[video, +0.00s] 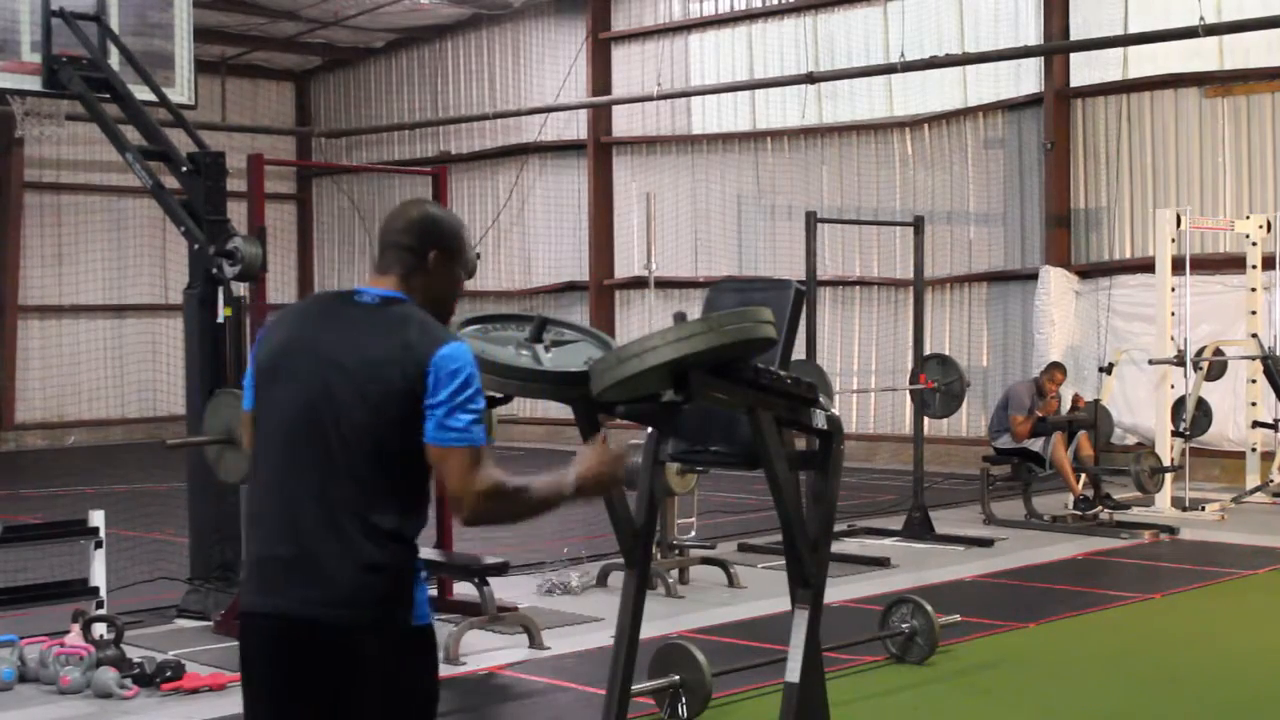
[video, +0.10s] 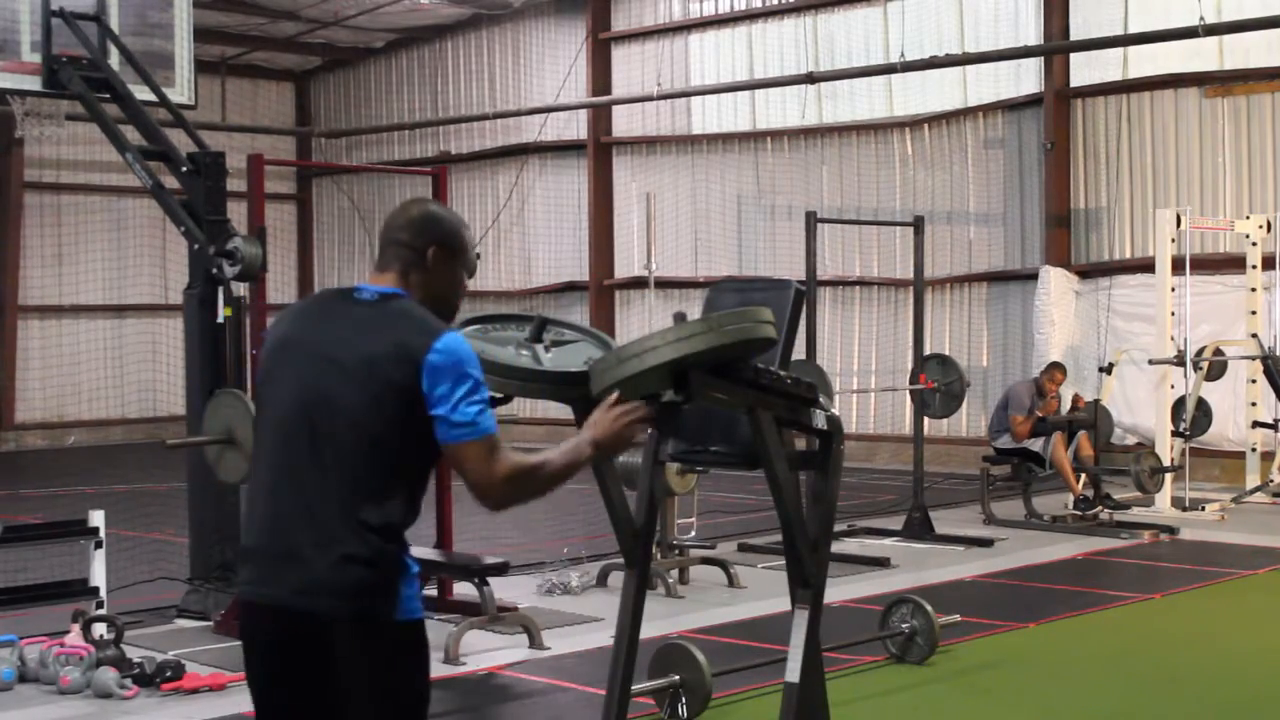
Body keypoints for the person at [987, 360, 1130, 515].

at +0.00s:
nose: (1054, 389)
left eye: (1058, 385)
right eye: (1051, 382)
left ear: (1061, 385)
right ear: (1041, 375)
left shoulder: (1051, 396)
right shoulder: (1020, 392)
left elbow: (1054, 427)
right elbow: (1018, 435)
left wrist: (1073, 412)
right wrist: (1040, 412)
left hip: (1029, 438)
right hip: (1004, 439)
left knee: (1080, 435)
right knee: (1055, 439)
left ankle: (1099, 494)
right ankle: (1079, 498)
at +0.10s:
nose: (1054, 389)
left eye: (1058, 385)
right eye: (1051, 382)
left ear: (1061, 385)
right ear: (1041, 375)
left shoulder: (1051, 396)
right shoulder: (1020, 391)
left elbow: (1053, 427)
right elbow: (1018, 435)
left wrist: (1073, 412)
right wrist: (1040, 412)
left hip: (1029, 438)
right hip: (1004, 439)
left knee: (1080, 436)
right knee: (1055, 439)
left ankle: (1099, 494)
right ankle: (1079, 498)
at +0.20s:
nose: (1053, 388)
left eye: (1058, 385)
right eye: (1051, 382)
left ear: (1061, 385)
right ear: (1041, 375)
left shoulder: (1051, 396)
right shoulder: (1020, 392)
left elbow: (1054, 427)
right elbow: (1019, 435)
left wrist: (1073, 412)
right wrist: (1040, 412)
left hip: (1029, 439)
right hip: (1004, 440)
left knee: (1080, 436)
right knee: (1055, 439)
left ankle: (1099, 494)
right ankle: (1079, 498)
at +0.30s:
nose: (1054, 388)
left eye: (1058, 385)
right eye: (1051, 382)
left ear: (1061, 385)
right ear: (1041, 375)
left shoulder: (1050, 395)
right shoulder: (1020, 392)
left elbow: (1053, 426)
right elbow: (1018, 435)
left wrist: (1073, 412)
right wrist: (1040, 412)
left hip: (1029, 438)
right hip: (1004, 440)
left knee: (1080, 436)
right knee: (1055, 439)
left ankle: (1099, 494)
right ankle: (1079, 498)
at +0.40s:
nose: (1054, 388)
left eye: (1058, 385)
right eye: (1051, 382)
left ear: (1061, 385)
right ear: (1041, 375)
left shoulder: (1050, 395)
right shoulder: (1020, 392)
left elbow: (1053, 426)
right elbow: (1018, 435)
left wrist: (1073, 412)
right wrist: (1040, 412)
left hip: (1029, 438)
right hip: (1004, 440)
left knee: (1080, 436)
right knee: (1055, 439)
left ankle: (1099, 494)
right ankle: (1079, 498)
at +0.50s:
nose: (1054, 388)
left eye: (1058, 385)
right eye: (1051, 382)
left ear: (1061, 385)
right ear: (1041, 375)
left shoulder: (1050, 395)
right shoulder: (1020, 392)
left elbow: (1053, 426)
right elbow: (1018, 435)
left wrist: (1073, 412)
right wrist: (1040, 412)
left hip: (1029, 438)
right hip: (1004, 440)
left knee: (1080, 436)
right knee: (1055, 439)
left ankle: (1099, 494)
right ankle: (1079, 498)